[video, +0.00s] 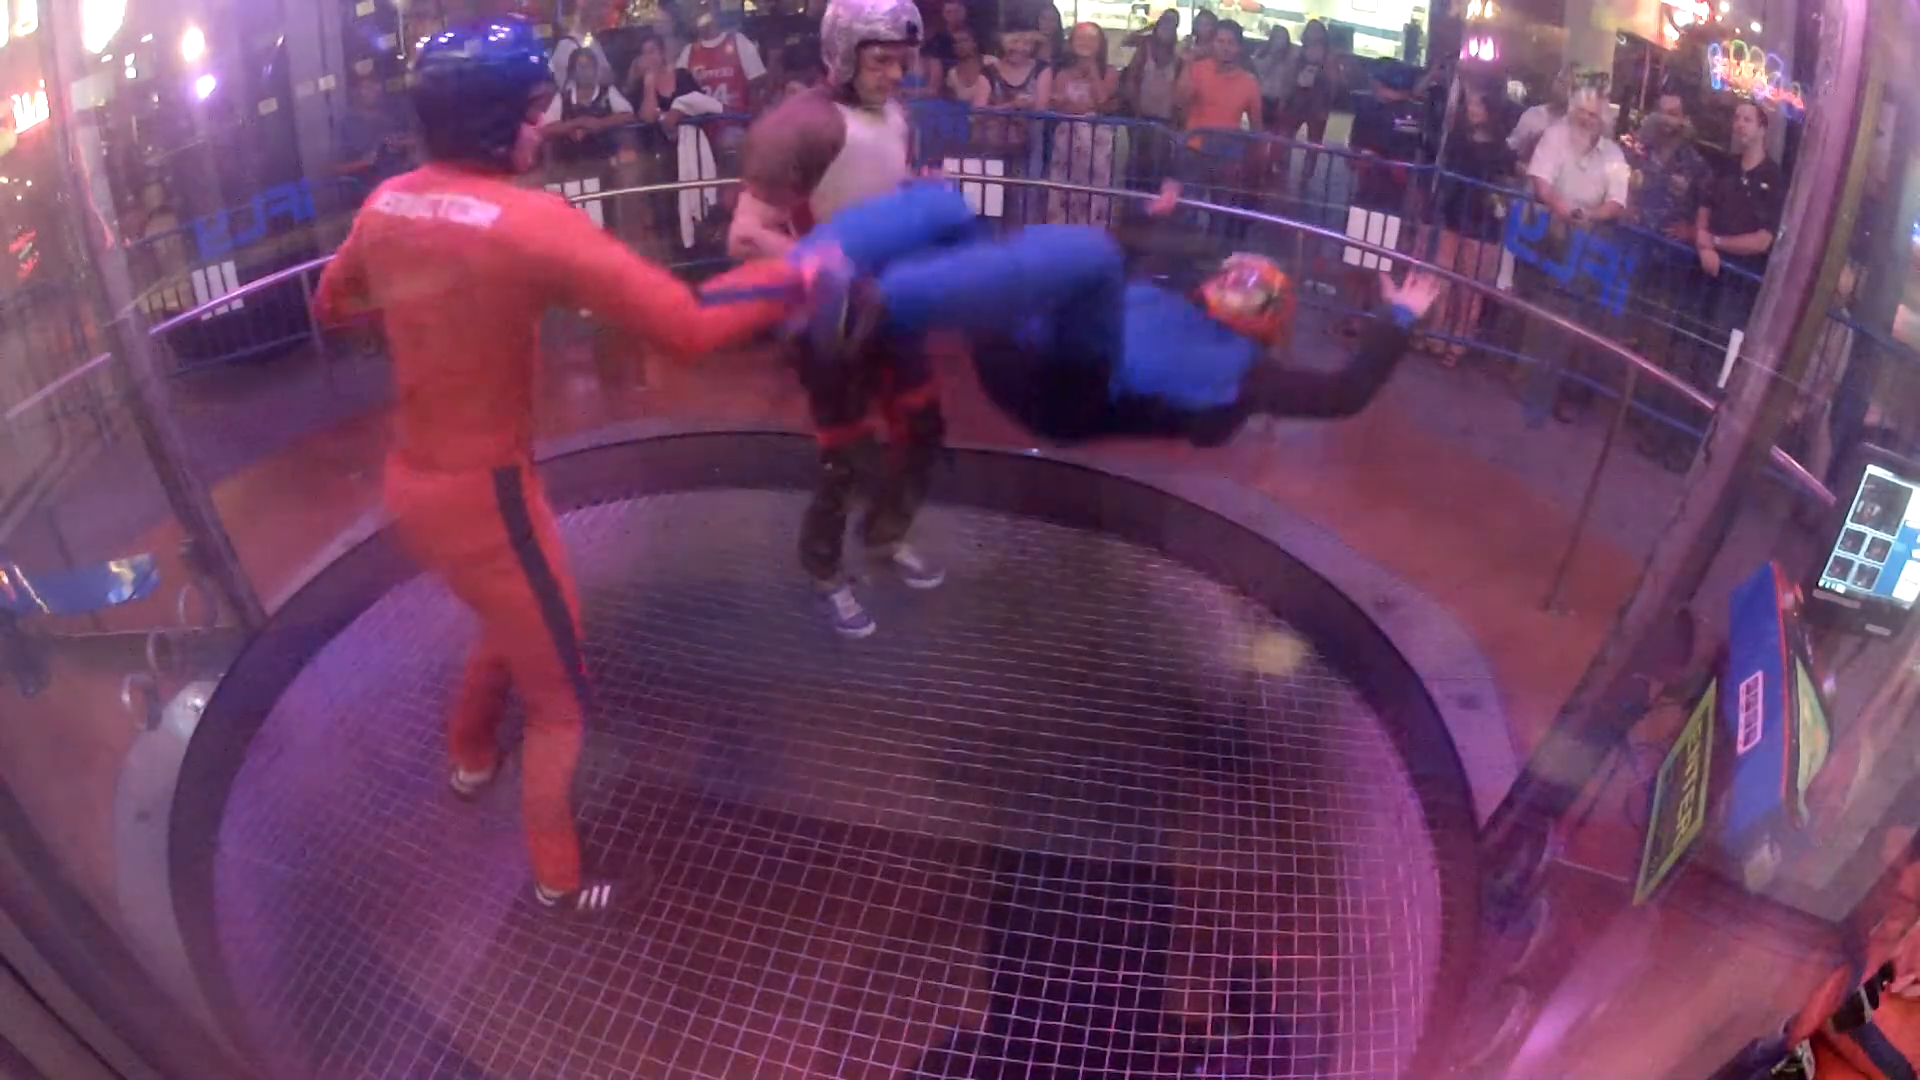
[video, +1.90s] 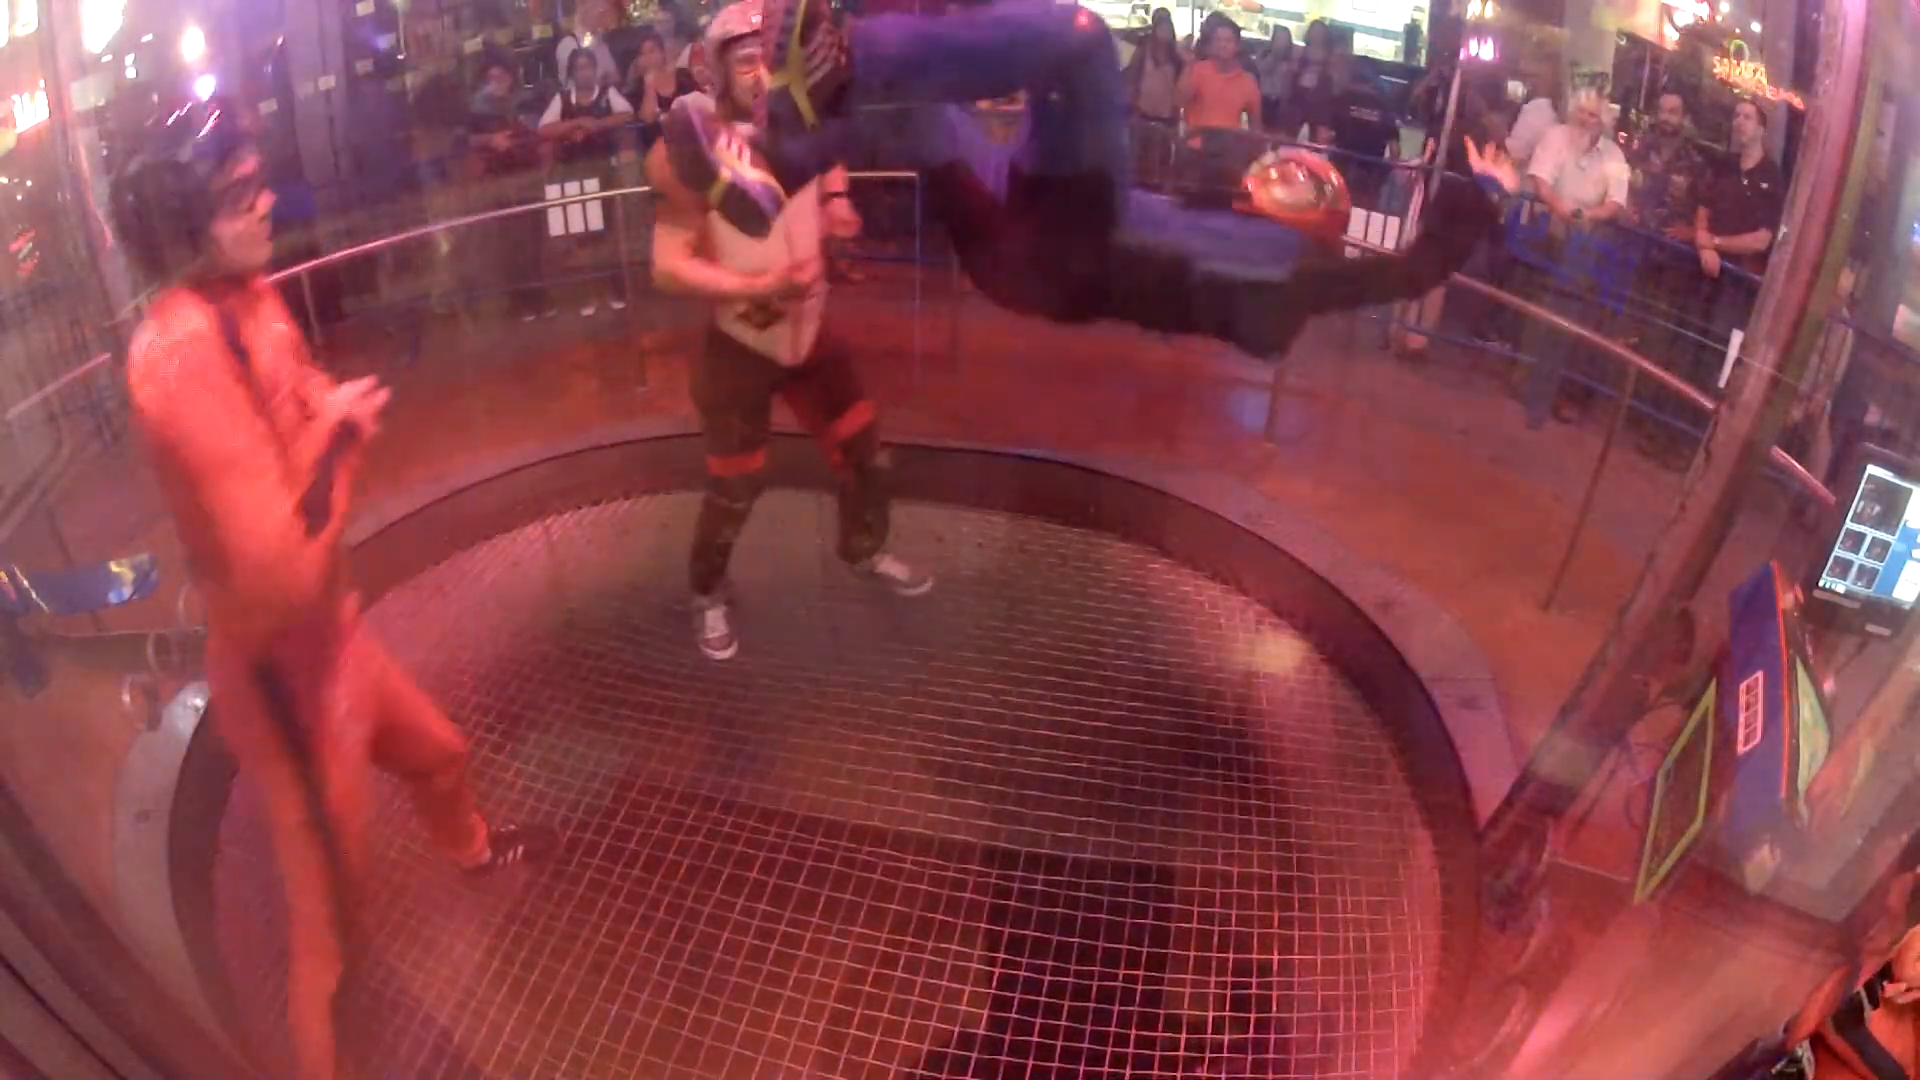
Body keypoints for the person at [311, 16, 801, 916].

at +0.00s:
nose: (546, 126)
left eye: (543, 109)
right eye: (536, 111)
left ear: (441, 117)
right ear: (505, 123)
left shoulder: (388, 205)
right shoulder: (531, 222)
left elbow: (334, 308)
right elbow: (690, 329)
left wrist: (429, 290)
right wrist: (790, 281)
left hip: (416, 487)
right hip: (490, 499)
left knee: (514, 619)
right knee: (556, 706)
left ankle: (469, 759)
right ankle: (556, 882)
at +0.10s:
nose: (526, 122)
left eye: (523, 105)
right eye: (510, 108)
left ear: (431, 123)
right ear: (462, 121)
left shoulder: (390, 211)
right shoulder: (503, 220)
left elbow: (336, 321)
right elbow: (642, 340)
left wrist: (440, 318)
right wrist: (705, 246)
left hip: (428, 493)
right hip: (498, 499)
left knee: (516, 631)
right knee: (553, 704)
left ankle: (471, 774)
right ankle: (559, 881)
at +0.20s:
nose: (512, 121)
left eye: (509, 104)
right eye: (494, 107)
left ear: (414, 129)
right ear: (441, 122)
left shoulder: (390, 221)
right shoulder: (480, 230)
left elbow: (370, 337)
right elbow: (572, 381)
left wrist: (482, 292)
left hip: (438, 489)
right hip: (496, 499)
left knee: (526, 642)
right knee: (555, 704)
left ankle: (469, 788)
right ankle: (558, 880)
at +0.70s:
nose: (461, 125)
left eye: (458, 107)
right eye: (441, 112)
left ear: (398, 129)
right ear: (391, 127)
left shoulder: (410, 211)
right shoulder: (381, 243)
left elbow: (449, 360)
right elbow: (427, 447)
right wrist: (494, 342)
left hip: (475, 495)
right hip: (446, 519)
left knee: (496, 680)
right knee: (533, 709)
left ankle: (473, 837)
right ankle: (557, 887)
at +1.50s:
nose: (397, 131)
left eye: (395, 112)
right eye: (373, 119)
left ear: (390, 121)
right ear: (317, 141)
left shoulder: (391, 211)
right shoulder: (298, 263)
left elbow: (413, 320)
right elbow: (357, 456)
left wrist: (456, 294)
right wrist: (446, 323)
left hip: (423, 519)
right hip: (364, 549)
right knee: (482, 774)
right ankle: (468, 984)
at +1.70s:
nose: (333, 156)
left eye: (331, 138)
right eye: (309, 144)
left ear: (324, 149)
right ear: (255, 162)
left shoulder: (327, 240)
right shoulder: (243, 288)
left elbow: (351, 385)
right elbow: (336, 498)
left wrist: (388, 333)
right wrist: (404, 357)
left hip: (395, 538)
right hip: (340, 577)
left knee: (450, 718)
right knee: (415, 836)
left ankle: (474, 846)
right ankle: (363, 1042)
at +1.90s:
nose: (265, 209)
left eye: (260, 189)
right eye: (238, 200)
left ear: (256, 194)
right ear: (181, 229)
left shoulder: (252, 303)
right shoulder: (178, 356)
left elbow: (301, 430)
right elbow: (277, 582)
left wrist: (336, 409)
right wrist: (340, 441)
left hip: (328, 632)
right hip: (273, 670)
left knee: (442, 754)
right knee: (326, 918)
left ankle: (477, 858)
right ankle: (321, 1071)